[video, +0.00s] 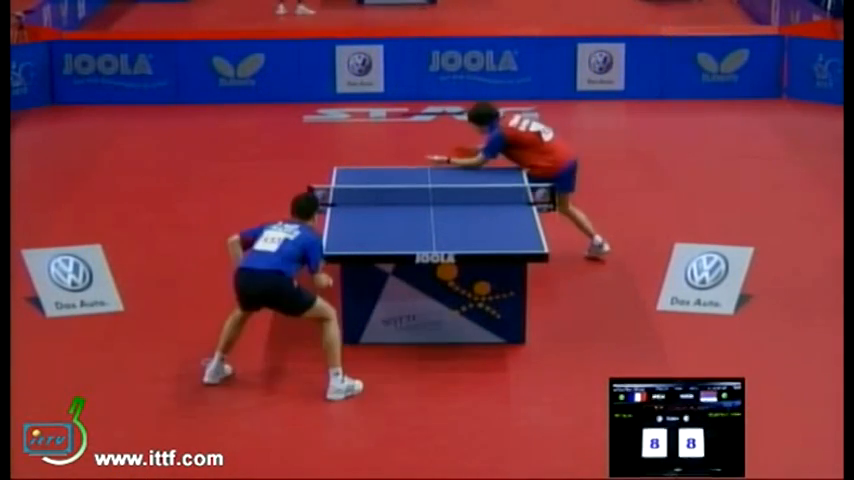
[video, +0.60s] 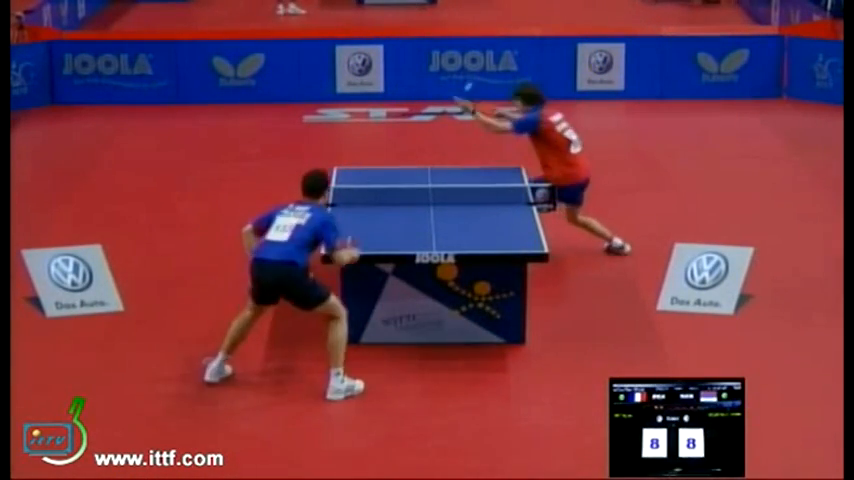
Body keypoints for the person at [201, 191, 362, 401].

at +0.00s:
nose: (317, 219)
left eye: (316, 214)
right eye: (317, 215)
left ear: (292, 212)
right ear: (313, 217)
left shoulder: (272, 226)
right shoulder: (310, 237)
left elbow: (234, 241)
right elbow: (319, 281)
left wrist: (244, 270)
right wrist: (327, 280)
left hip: (245, 277)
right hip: (276, 282)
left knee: (242, 312)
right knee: (328, 315)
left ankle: (216, 364)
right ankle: (337, 379)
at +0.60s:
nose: (329, 194)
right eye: (328, 190)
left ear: (303, 190)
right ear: (326, 193)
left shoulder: (285, 209)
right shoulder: (324, 216)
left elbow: (249, 230)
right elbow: (334, 257)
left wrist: (258, 261)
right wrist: (351, 254)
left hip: (261, 265)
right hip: (292, 269)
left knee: (253, 309)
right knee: (338, 315)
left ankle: (217, 363)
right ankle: (337, 379)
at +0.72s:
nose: (335, 184)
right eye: (335, 181)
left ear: (311, 181)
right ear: (333, 184)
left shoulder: (294, 202)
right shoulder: (335, 208)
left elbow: (259, 221)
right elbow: (356, 248)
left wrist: (263, 256)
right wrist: (362, 238)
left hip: (277, 261)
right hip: (308, 264)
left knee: (273, 306)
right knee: (345, 314)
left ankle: (247, 360)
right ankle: (339, 379)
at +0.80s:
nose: (338, 180)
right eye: (339, 177)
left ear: (314, 176)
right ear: (337, 180)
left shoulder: (297, 199)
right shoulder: (339, 204)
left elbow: (263, 219)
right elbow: (363, 242)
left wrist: (269, 252)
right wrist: (369, 234)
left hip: (286, 260)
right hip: (317, 263)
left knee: (284, 305)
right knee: (354, 309)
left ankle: (278, 364)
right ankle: (343, 372)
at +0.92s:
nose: (346, 179)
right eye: (346, 176)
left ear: (321, 176)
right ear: (344, 178)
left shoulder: (304, 200)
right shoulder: (346, 204)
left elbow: (270, 223)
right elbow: (373, 241)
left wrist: (279, 252)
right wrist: (382, 233)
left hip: (297, 264)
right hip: (328, 264)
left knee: (293, 310)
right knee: (376, 305)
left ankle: (281, 368)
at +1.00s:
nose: (352, 178)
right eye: (353, 175)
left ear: (330, 176)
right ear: (353, 179)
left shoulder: (313, 201)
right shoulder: (355, 205)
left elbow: (279, 226)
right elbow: (386, 240)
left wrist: (291, 251)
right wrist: (394, 230)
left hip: (308, 269)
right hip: (340, 268)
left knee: (295, 312)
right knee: (387, 313)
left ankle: (282, 367)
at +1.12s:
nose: (371, 181)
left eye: (361, 176)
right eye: (372, 178)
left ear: (350, 178)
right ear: (372, 180)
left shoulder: (333, 201)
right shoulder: (376, 205)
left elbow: (298, 225)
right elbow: (411, 236)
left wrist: (309, 241)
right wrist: (415, 225)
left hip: (331, 270)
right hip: (364, 270)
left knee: (308, 312)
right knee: (405, 314)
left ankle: (288, 367)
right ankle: (438, 368)